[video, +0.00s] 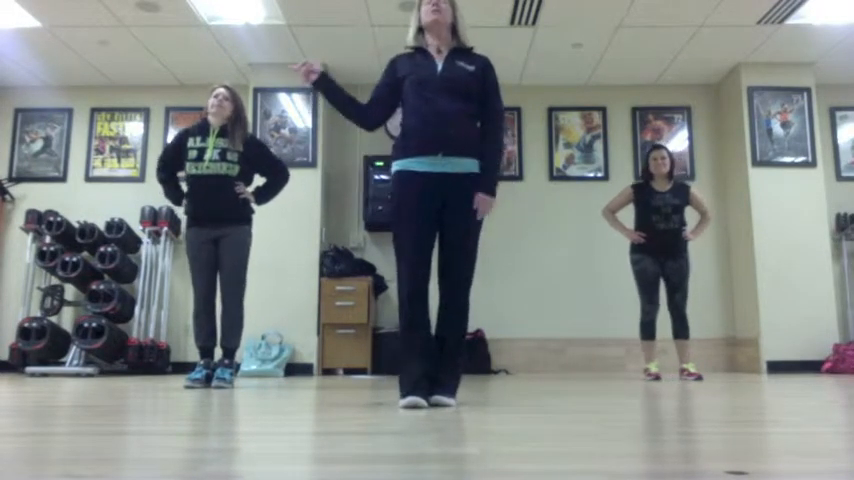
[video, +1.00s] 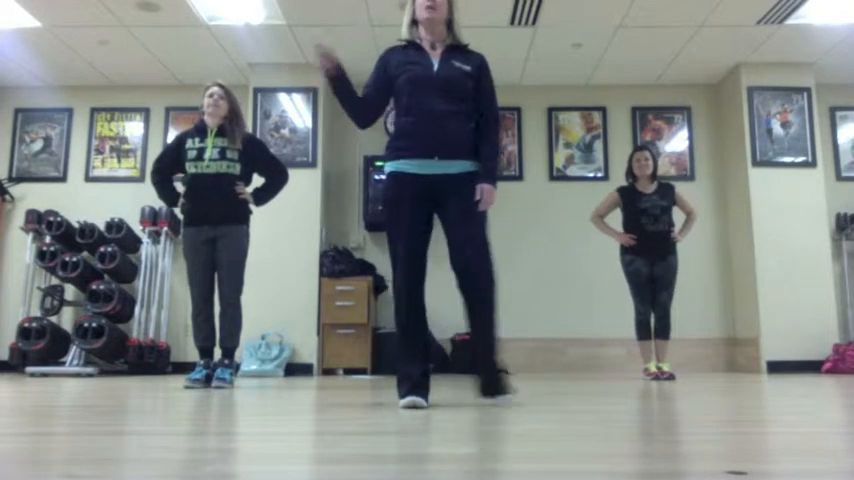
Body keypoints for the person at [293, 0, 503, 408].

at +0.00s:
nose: (433, 6)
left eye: (441, 3)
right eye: (427, 3)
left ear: (453, 15)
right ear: (419, 16)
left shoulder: (478, 64)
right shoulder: (404, 63)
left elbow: (494, 127)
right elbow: (370, 117)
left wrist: (487, 185)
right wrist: (322, 81)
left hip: (464, 182)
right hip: (413, 180)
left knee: (455, 288)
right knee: (413, 286)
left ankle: (444, 386)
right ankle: (414, 387)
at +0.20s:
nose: (431, 4)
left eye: (439, 0)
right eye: (425, 1)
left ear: (452, 11)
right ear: (418, 14)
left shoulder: (477, 63)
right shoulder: (401, 61)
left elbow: (494, 125)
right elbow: (375, 120)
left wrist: (495, 184)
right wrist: (327, 86)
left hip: (462, 179)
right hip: (410, 178)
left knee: (454, 285)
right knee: (411, 283)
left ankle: (444, 385)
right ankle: (413, 386)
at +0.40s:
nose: (428, 3)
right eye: (422, 1)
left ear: (450, 11)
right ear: (415, 14)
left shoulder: (474, 63)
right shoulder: (398, 61)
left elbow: (492, 122)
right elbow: (373, 119)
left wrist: (496, 179)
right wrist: (328, 83)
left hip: (460, 180)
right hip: (407, 179)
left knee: (455, 284)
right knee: (409, 283)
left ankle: (445, 386)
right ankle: (413, 386)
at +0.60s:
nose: (426, 4)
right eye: (420, 1)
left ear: (447, 10)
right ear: (412, 12)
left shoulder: (471, 63)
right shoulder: (395, 61)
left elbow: (488, 124)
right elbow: (367, 119)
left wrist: (485, 178)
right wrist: (324, 82)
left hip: (458, 181)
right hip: (405, 180)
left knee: (458, 284)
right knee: (407, 283)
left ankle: (445, 385)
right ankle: (413, 386)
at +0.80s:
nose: (425, 3)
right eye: (419, 1)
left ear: (446, 11)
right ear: (410, 12)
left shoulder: (470, 63)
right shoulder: (393, 61)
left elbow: (485, 125)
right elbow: (367, 120)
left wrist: (480, 182)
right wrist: (326, 83)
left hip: (455, 183)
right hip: (402, 182)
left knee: (462, 284)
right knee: (405, 286)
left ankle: (447, 384)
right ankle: (413, 386)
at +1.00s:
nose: (429, 2)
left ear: (449, 8)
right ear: (412, 9)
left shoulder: (472, 61)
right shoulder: (395, 58)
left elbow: (489, 123)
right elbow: (364, 115)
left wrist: (488, 177)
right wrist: (336, 77)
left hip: (459, 180)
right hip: (405, 180)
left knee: (478, 278)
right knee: (407, 284)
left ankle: (489, 376)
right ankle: (413, 387)